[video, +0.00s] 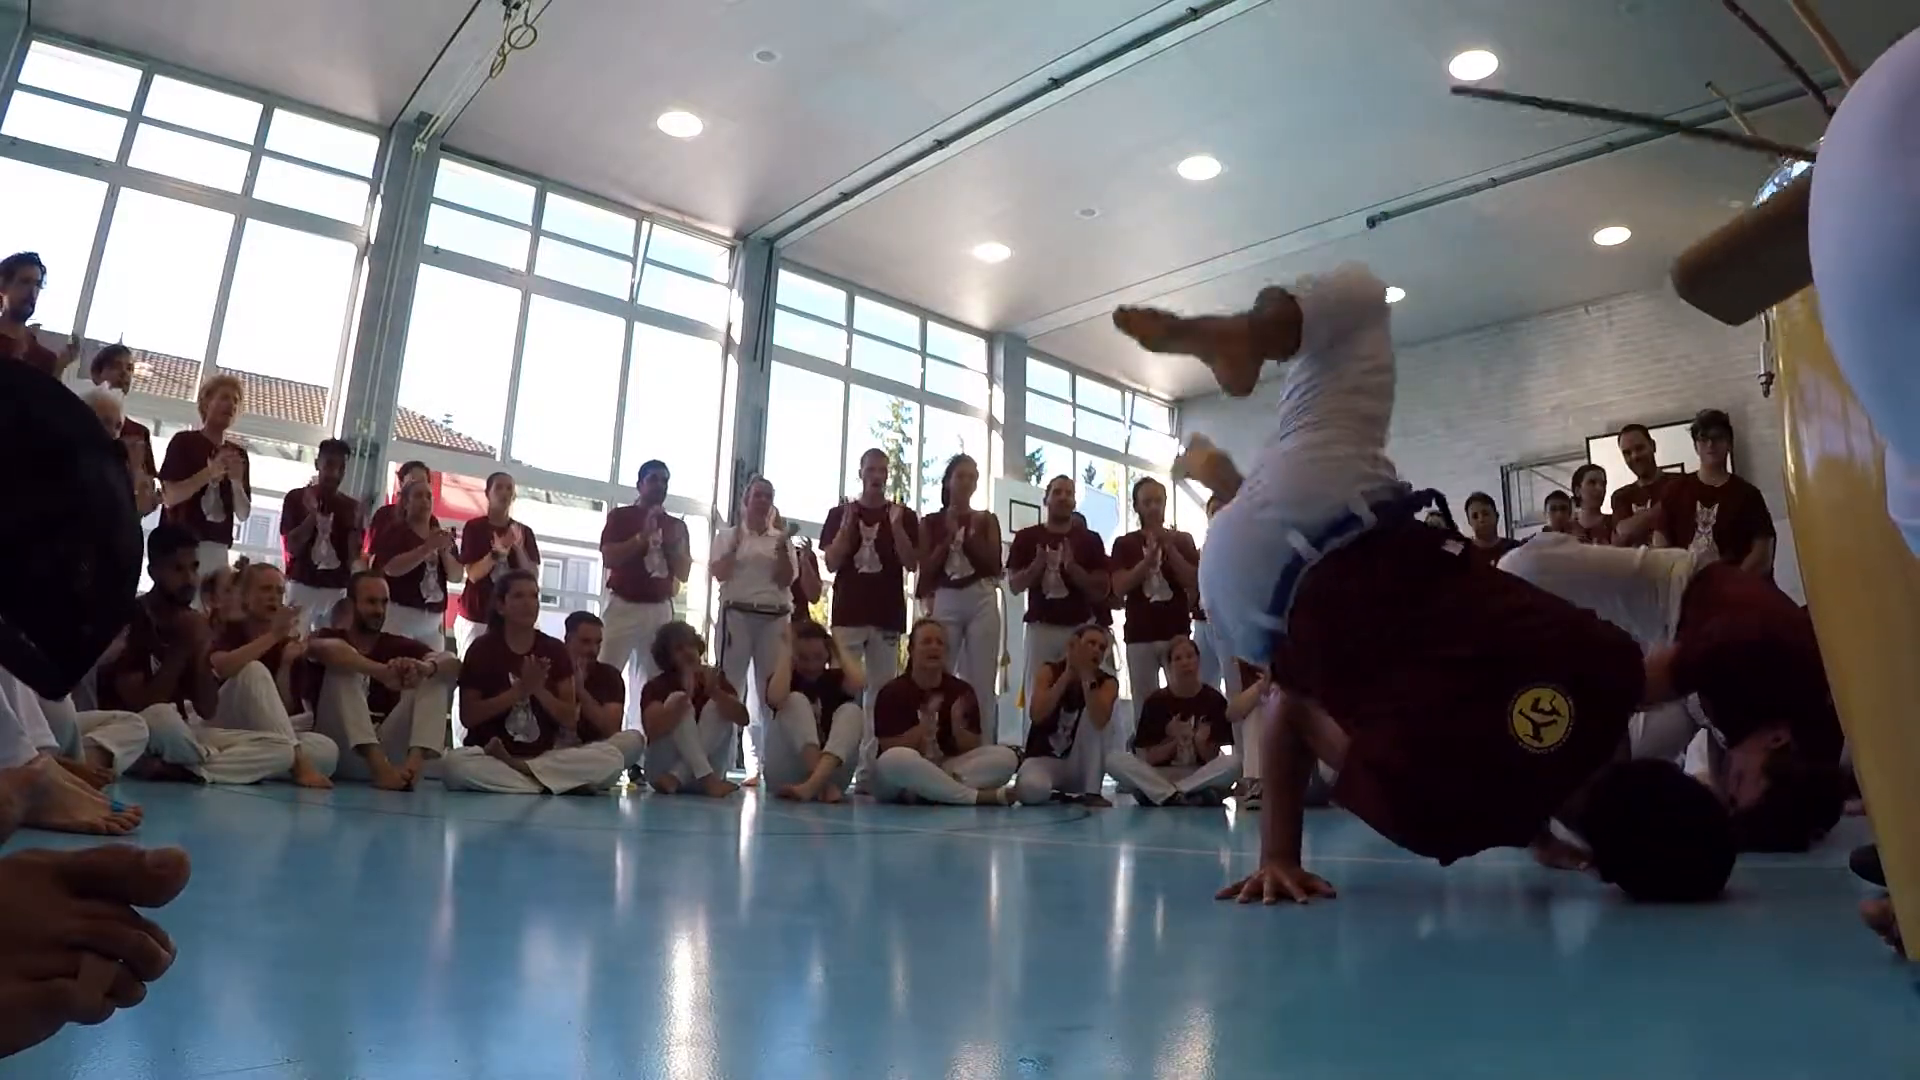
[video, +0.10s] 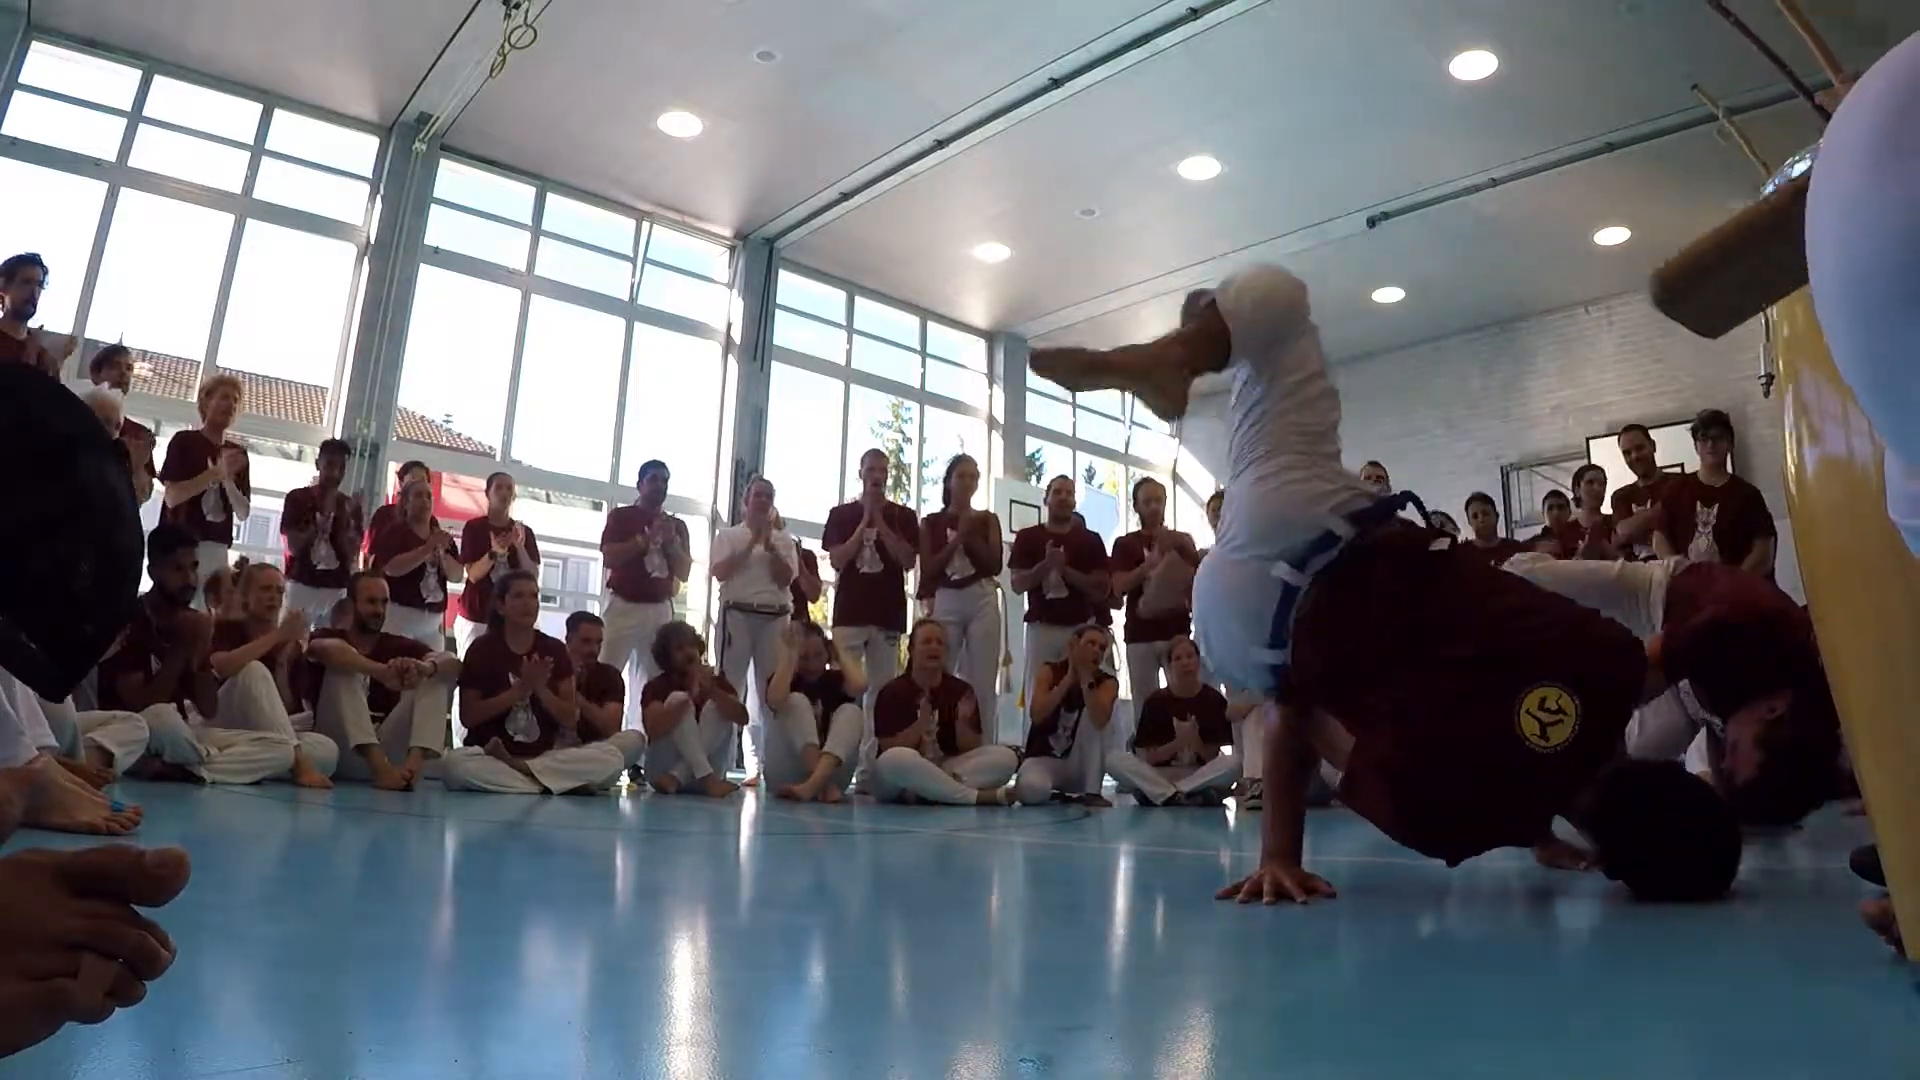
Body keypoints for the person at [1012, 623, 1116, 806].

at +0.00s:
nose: (1096, 651)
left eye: (1102, 648)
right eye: (1091, 643)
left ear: (1105, 654)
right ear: (1073, 644)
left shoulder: (1107, 682)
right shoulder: (1049, 671)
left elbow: (1099, 718)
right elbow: (1038, 715)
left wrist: (1086, 675)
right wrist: (1068, 674)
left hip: (1081, 763)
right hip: (1043, 761)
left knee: (1095, 711)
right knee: (1031, 792)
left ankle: (1093, 792)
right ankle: (1057, 797)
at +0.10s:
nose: (1096, 651)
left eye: (1102, 648)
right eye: (1091, 643)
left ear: (1105, 654)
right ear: (1074, 643)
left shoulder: (1106, 681)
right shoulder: (1049, 671)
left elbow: (1100, 718)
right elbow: (1038, 715)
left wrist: (1085, 674)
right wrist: (1069, 679)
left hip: (1081, 763)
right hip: (1043, 761)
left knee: (1095, 712)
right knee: (1031, 792)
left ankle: (1092, 792)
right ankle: (1057, 797)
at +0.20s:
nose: (1097, 650)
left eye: (1102, 647)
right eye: (1091, 643)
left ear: (1105, 655)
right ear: (1074, 645)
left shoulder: (1102, 680)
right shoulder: (1048, 671)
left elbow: (1101, 721)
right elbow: (1037, 716)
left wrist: (1089, 678)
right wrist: (1065, 675)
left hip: (1079, 763)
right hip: (1042, 762)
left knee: (1094, 712)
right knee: (1032, 791)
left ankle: (1092, 791)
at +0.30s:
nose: (1096, 651)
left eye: (1102, 647)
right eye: (1090, 643)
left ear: (1106, 654)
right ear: (1073, 645)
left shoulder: (1107, 682)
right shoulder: (1049, 671)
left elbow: (1101, 720)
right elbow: (1037, 715)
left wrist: (1089, 682)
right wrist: (1063, 676)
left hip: (1084, 760)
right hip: (1044, 757)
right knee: (1033, 790)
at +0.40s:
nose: (1096, 650)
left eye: (1102, 647)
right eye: (1090, 643)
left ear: (1105, 652)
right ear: (1074, 645)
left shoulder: (1108, 682)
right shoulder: (1049, 671)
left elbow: (1100, 721)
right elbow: (1038, 715)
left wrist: (1086, 676)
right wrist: (1070, 680)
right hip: (1042, 760)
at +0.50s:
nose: (1096, 652)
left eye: (1103, 648)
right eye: (1091, 643)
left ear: (1106, 652)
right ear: (1074, 643)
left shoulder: (1108, 682)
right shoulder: (1049, 670)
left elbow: (1101, 720)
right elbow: (1038, 715)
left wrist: (1085, 676)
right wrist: (1071, 679)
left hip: (1076, 759)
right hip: (1040, 754)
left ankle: (1011, 794)